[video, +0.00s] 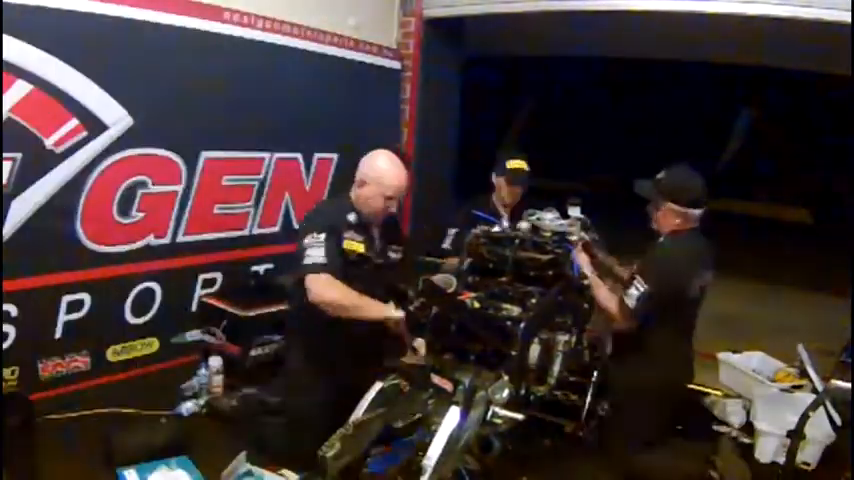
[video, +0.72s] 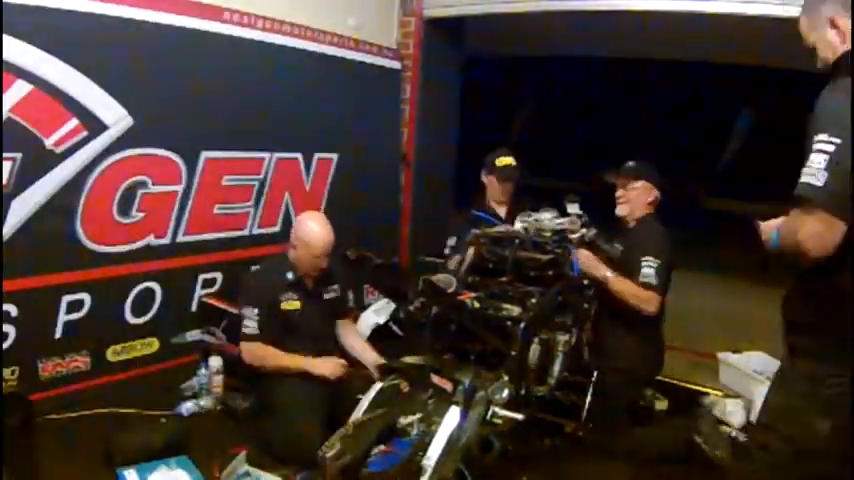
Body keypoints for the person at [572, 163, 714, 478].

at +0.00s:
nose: (651, 210)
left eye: (656, 205)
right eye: (653, 203)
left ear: (670, 212)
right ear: (689, 213)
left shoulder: (664, 256)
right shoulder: (698, 249)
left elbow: (621, 314)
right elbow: (641, 282)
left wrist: (588, 271)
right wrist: (601, 259)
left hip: (645, 374)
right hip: (673, 368)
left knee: (621, 450)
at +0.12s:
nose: (631, 236)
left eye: (629, 228)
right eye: (629, 229)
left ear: (635, 220)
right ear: (663, 217)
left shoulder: (653, 255)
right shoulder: (689, 252)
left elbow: (651, 330)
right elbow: (692, 330)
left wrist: (625, 395)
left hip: (659, 401)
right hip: (689, 397)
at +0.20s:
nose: (640, 198)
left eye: (646, 193)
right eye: (643, 192)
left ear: (662, 204)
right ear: (670, 205)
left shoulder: (666, 250)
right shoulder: (680, 242)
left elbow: (626, 320)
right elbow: (642, 286)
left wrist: (590, 264)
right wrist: (607, 250)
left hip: (638, 383)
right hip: (651, 376)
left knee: (612, 459)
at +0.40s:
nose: (623, 199)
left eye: (630, 192)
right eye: (625, 193)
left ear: (653, 197)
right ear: (649, 198)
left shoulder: (658, 241)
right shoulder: (648, 235)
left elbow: (629, 310)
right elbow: (622, 283)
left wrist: (598, 277)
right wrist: (594, 270)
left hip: (637, 364)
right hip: (628, 355)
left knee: (613, 443)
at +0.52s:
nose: (657, 245)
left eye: (662, 238)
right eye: (652, 239)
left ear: (678, 228)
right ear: (645, 232)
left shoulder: (699, 260)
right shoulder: (647, 256)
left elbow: (713, 325)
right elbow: (620, 286)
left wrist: (683, 356)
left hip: (677, 362)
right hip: (644, 357)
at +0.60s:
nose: (631, 219)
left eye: (636, 211)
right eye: (631, 212)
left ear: (659, 211)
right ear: (655, 212)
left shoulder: (686, 253)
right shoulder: (650, 244)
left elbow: (688, 328)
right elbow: (643, 298)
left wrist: (639, 369)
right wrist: (624, 323)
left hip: (670, 373)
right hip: (642, 366)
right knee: (636, 444)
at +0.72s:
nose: (618, 194)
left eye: (628, 188)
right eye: (618, 187)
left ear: (651, 196)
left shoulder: (652, 238)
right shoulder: (627, 233)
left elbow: (650, 302)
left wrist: (600, 271)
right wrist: (584, 241)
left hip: (632, 360)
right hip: (610, 353)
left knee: (608, 440)